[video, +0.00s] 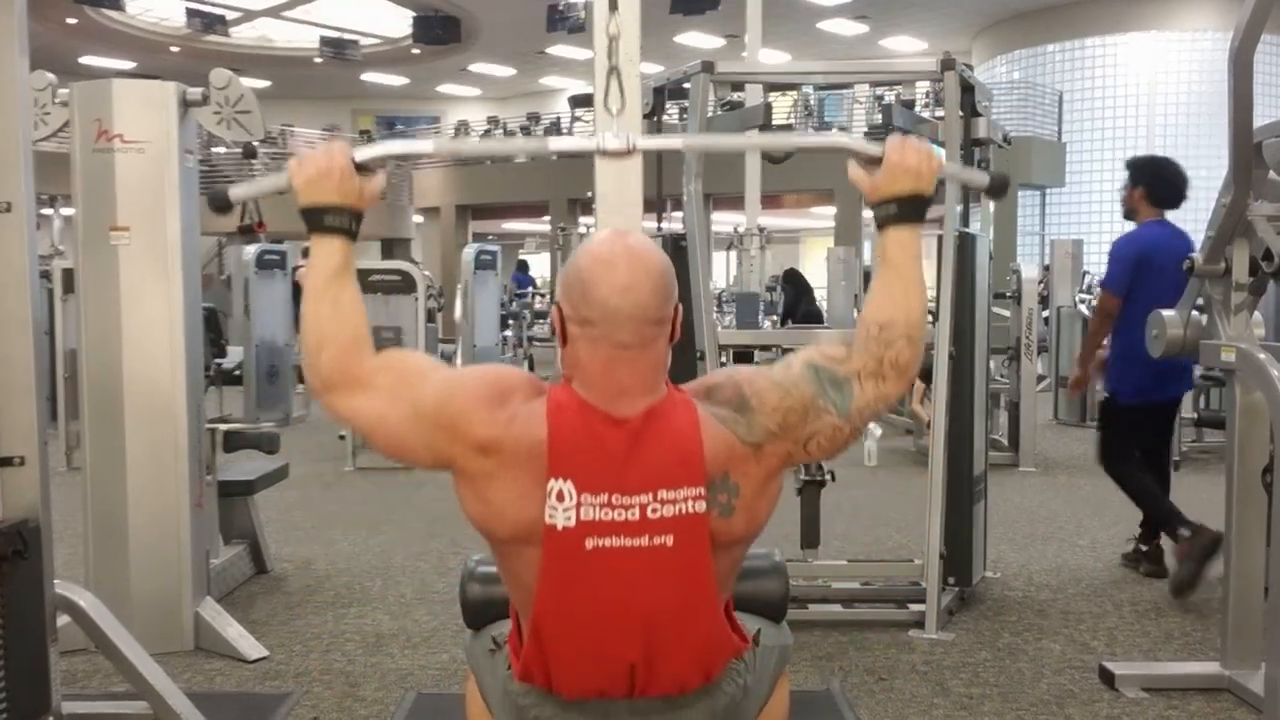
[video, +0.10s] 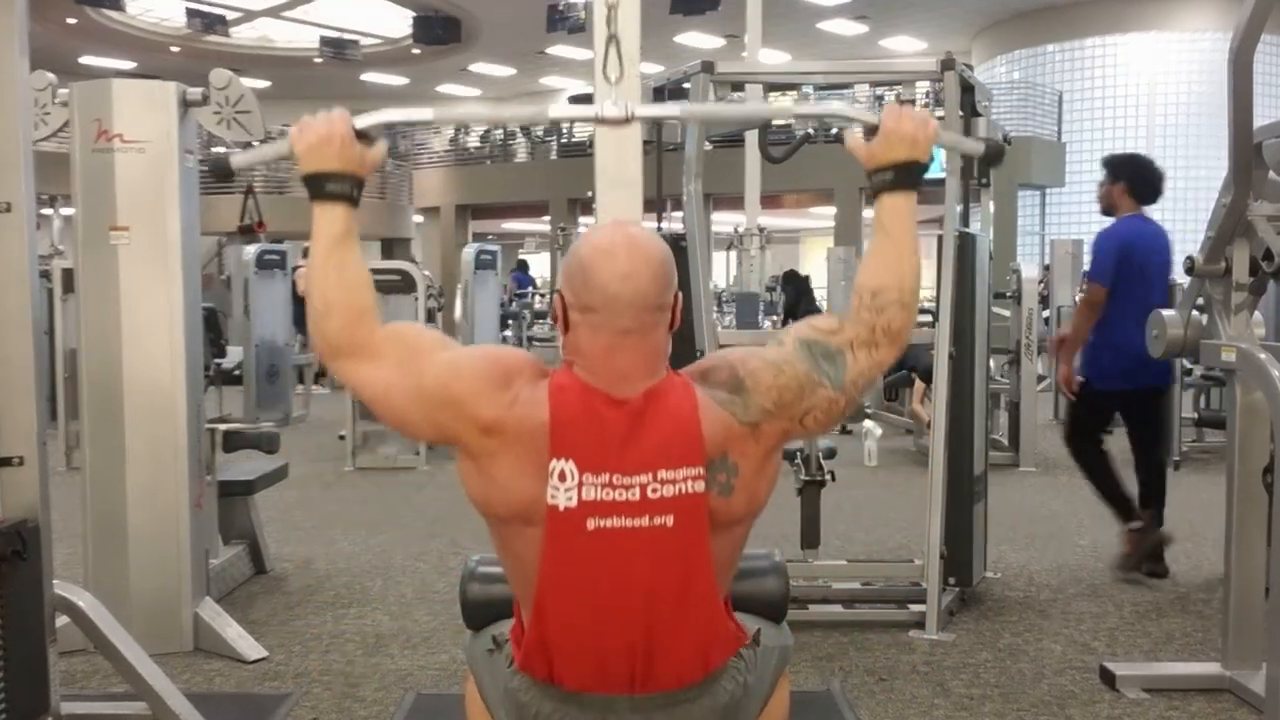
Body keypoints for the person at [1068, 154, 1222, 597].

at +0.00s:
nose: (1124, 193)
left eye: (1128, 186)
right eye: (1127, 186)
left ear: (1141, 193)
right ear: (1164, 197)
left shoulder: (1130, 245)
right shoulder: (1182, 243)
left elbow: (1106, 310)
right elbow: (1180, 306)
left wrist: (1083, 365)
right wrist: (1125, 349)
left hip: (1132, 375)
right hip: (1171, 373)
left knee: (1115, 457)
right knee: (1156, 456)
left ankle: (1188, 534)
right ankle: (1149, 547)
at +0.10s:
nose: (1098, 189)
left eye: (1104, 182)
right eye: (1102, 182)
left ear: (1121, 188)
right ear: (1134, 191)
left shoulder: (1112, 237)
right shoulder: (1157, 235)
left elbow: (1093, 301)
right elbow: (1158, 299)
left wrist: (1066, 356)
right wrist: (1074, 336)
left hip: (1111, 367)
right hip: (1152, 366)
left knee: (1080, 438)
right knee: (1150, 454)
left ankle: (1133, 523)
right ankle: (1152, 550)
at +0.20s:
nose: (1073, 194)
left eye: (1079, 187)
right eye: (1076, 187)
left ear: (1097, 193)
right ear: (1107, 196)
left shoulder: (1088, 237)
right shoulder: (1130, 239)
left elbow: (1078, 297)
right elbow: (1098, 302)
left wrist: (1052, 358)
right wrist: (1042, 313)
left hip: (1088, 364)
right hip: (1129, 364)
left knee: (1055, 435)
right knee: (1139, 450)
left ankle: (1072, 530)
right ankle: (1145, 542)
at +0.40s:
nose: (1021, 205)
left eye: (1028, 199)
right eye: (1024, 199)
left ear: (1046, 204)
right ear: (1053, 207)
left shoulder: (1032, 249)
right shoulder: (1071, 248)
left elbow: (1025, 311)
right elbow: (1055, 308)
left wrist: (1009, 368)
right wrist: (1003, 321)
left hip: (1038, 367)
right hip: (1076, 367)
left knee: (1013, 441)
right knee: (1097, 443)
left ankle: (1006, 520)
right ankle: (1133, 528)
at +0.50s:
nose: (995, 203)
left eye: (1002, 198)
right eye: (998, 197)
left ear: (1019, 205)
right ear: (1029, 208)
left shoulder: (1005, 247)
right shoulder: (1048, 249)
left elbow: (995, 304)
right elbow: (1050, 305)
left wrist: (981, 345)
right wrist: (1039, 343)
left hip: (1006, 358)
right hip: (1043, 358)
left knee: (998, 437)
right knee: (1042, 429)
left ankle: (1004, 520)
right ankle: (1097, 500)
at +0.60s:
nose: (981, 204)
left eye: (985, 198)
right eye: (985, 197)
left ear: (996, 203)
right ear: (1013, 206)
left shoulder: (990, 245)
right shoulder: (1022, 246)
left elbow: (969, 295)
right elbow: (1020, 301)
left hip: (991, 352)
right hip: (1016, 350)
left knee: (987, 431)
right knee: (994, 427)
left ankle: (1004, 520)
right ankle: (1042, 490)